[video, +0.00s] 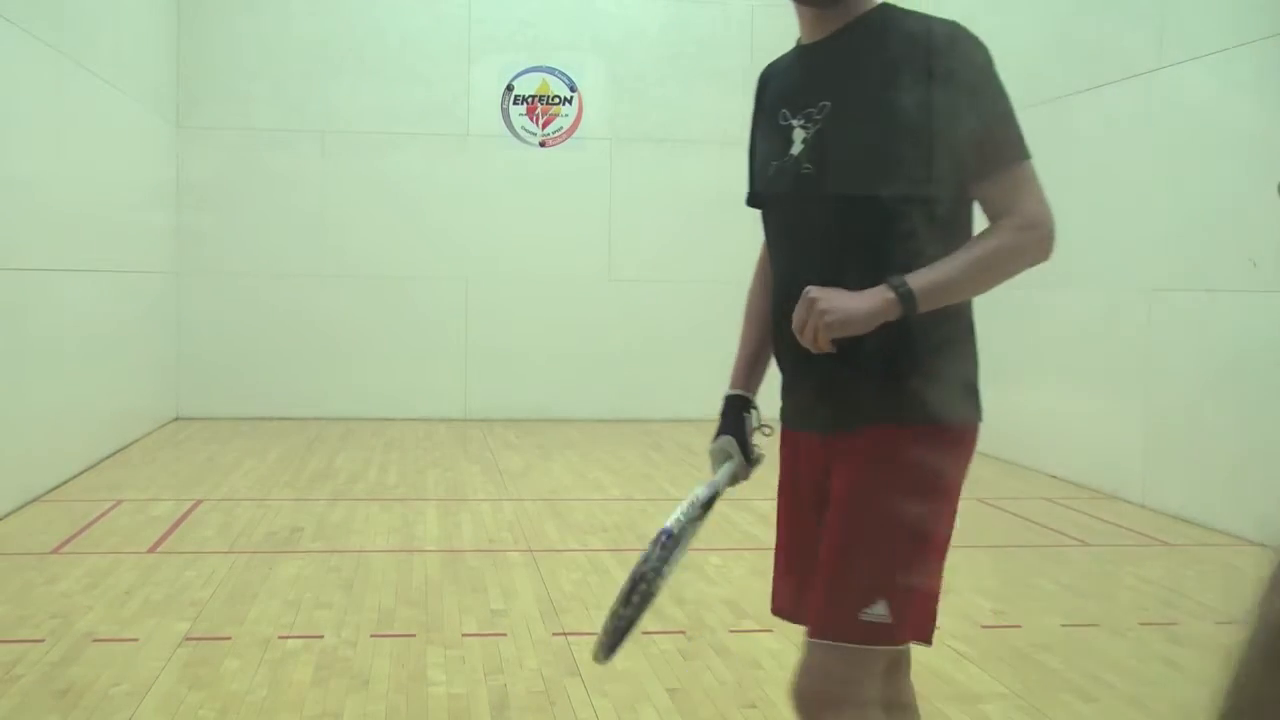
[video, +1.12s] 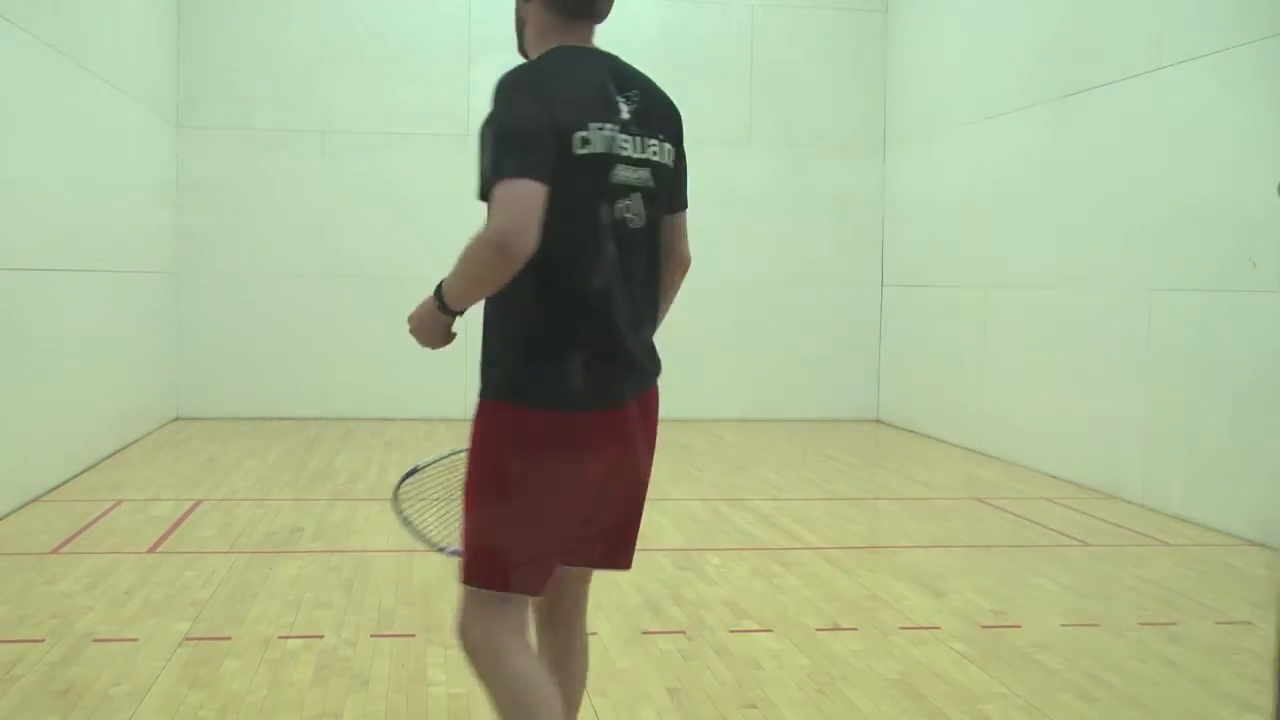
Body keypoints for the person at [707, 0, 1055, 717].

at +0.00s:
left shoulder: (941, 53)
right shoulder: (779, 82)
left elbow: (1029, 228)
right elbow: (782, 251)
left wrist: (884, 299)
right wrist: (739, 397)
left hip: (910, 414)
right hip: (816, 413)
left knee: (829, 691)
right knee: (882, 685)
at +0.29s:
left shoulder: (865, 71)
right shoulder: (723, 88)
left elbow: (955, 248)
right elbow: (722, 257)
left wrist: (820, 319)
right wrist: (674, 394)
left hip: (830, 418)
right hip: (751, 417)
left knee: (719, 674)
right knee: (828, 663)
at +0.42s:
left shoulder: (798, 78)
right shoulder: (685, 84)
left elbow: (882, 259)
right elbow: (681, 256)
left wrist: (730, 344)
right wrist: (639, 379)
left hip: (751, 415)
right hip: (694, 409)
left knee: (654, 666)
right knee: (740, 656)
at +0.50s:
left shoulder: (757, 73)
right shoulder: (668, 74)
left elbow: (831, 259)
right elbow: (680, 254)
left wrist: (675, 343)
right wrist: (624, 379)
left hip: (719, 410)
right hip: (666, 404)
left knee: (649, 666)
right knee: (680, 653)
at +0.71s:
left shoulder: (697, 65)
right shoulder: (625, 71)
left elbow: (727, 252)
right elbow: (632, 245)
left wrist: (560, 307)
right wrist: (586, 377)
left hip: (668, 401)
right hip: (622, 395)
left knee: (643, 650)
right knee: (579, 616)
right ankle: (667, 704)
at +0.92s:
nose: (517, 6)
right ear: (599, 3)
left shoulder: (608, 72)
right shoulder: (623, 76)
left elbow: (609, 250)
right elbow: (624, 278)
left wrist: (470, 290)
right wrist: (556, 418)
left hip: (610, 403)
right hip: (592, 401)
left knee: (609, 640)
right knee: (559, 613)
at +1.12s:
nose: (517, 20)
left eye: (518, 10)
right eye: (520, 11)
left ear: (530, 10)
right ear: (599, 14)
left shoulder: (530, 88)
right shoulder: (655, 103)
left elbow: (513, 235)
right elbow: (674, 255)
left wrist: (444, 303)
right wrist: (624, 339)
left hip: (536, 397)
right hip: (623, 396)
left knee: (488, 616)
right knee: (565, 599)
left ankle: (548, 718)